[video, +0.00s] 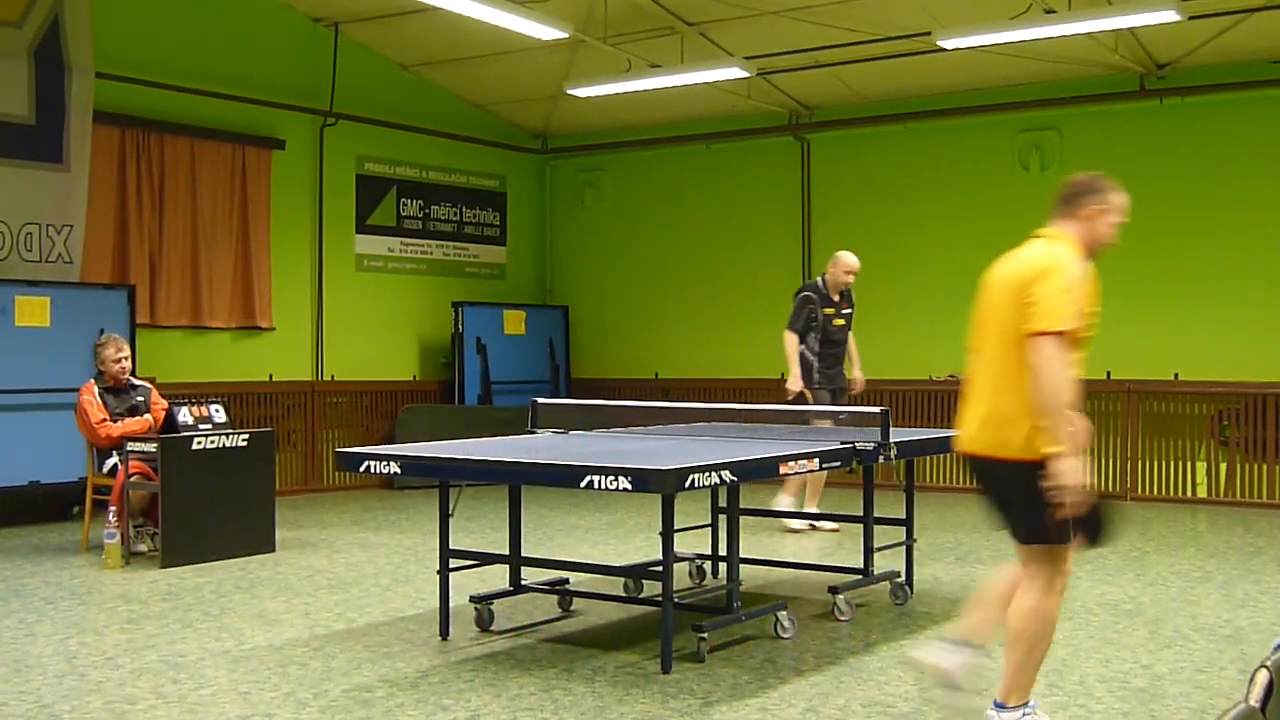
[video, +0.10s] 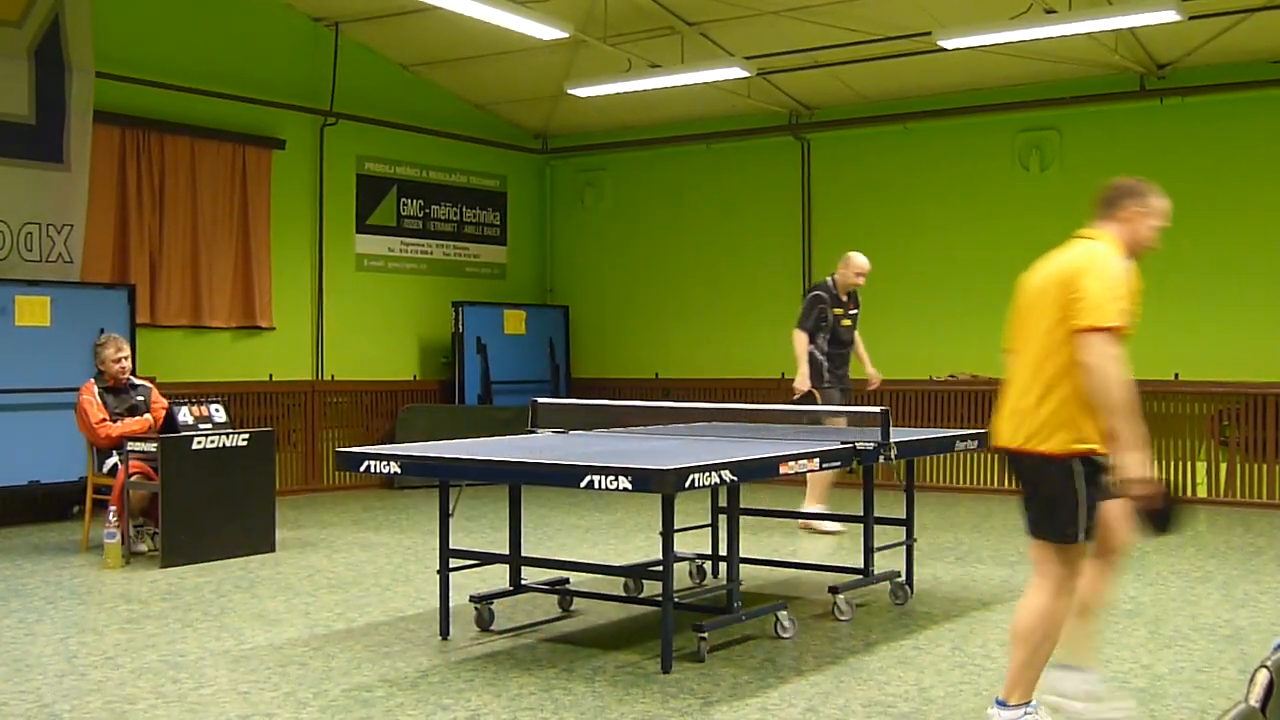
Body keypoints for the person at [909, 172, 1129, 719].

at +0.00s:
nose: (1118, 234)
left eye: (1121, 222)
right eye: (1116, 221)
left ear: (1074, 210)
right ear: (1091, 212)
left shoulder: (1015, 260)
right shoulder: (1064, 263)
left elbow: (1001, 356)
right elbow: (1047, 353)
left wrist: (1065, 413)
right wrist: (1064, 449)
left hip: (989, 441)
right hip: (1024, 446)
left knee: (1038, 554)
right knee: (1049, 569)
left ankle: (957, 643)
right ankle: (1012, 704)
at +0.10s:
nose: (1157, 237)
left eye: (1161, 225)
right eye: (1156, 224)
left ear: (1113, 213)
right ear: (1129, 214)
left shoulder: (1052, 261)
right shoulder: (1102, 260)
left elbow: (1022, 353)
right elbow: (1097, 353)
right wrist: (1133, 448)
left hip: (1036, 435)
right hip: (1056, 440)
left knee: (1113, 537)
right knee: (1056, 573)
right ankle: (1012, 705)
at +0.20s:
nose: (1226, 260)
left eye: (1230, 249)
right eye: (1224, 246)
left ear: (1186, 235)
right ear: (1197, 234)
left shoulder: (1134, 273)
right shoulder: (1169, 276)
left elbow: (1099, 379)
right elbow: (1172, 368)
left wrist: (1149, 439)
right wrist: (1218, 453)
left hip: (1114, 447)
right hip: (1093, 445)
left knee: (1172, 549)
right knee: (1089, 579)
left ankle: (1216, 670)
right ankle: (1016, 701)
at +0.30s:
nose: (1272, 285)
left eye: (1274, 273)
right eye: (1271, 271)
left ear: (1239, 259)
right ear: (1249, 261)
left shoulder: (1189, 294)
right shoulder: (1207, 300)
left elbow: (1141, 398)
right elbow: (1216, 394)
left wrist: (1189, 460)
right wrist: (1262, 470)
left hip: (1156, 457)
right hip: (1119, 457)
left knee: (1221, 547)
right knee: (1128, 587)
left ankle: (1259, 666)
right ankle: (1024, 689)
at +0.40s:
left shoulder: (1264, 332)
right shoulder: (1268, 342)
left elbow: (1263, 447)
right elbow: (1269, 455)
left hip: (1192, 461)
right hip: (1147, 461)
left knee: (1265, 539)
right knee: (1162, 593)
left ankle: (1264, 666)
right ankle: (1044, 669)